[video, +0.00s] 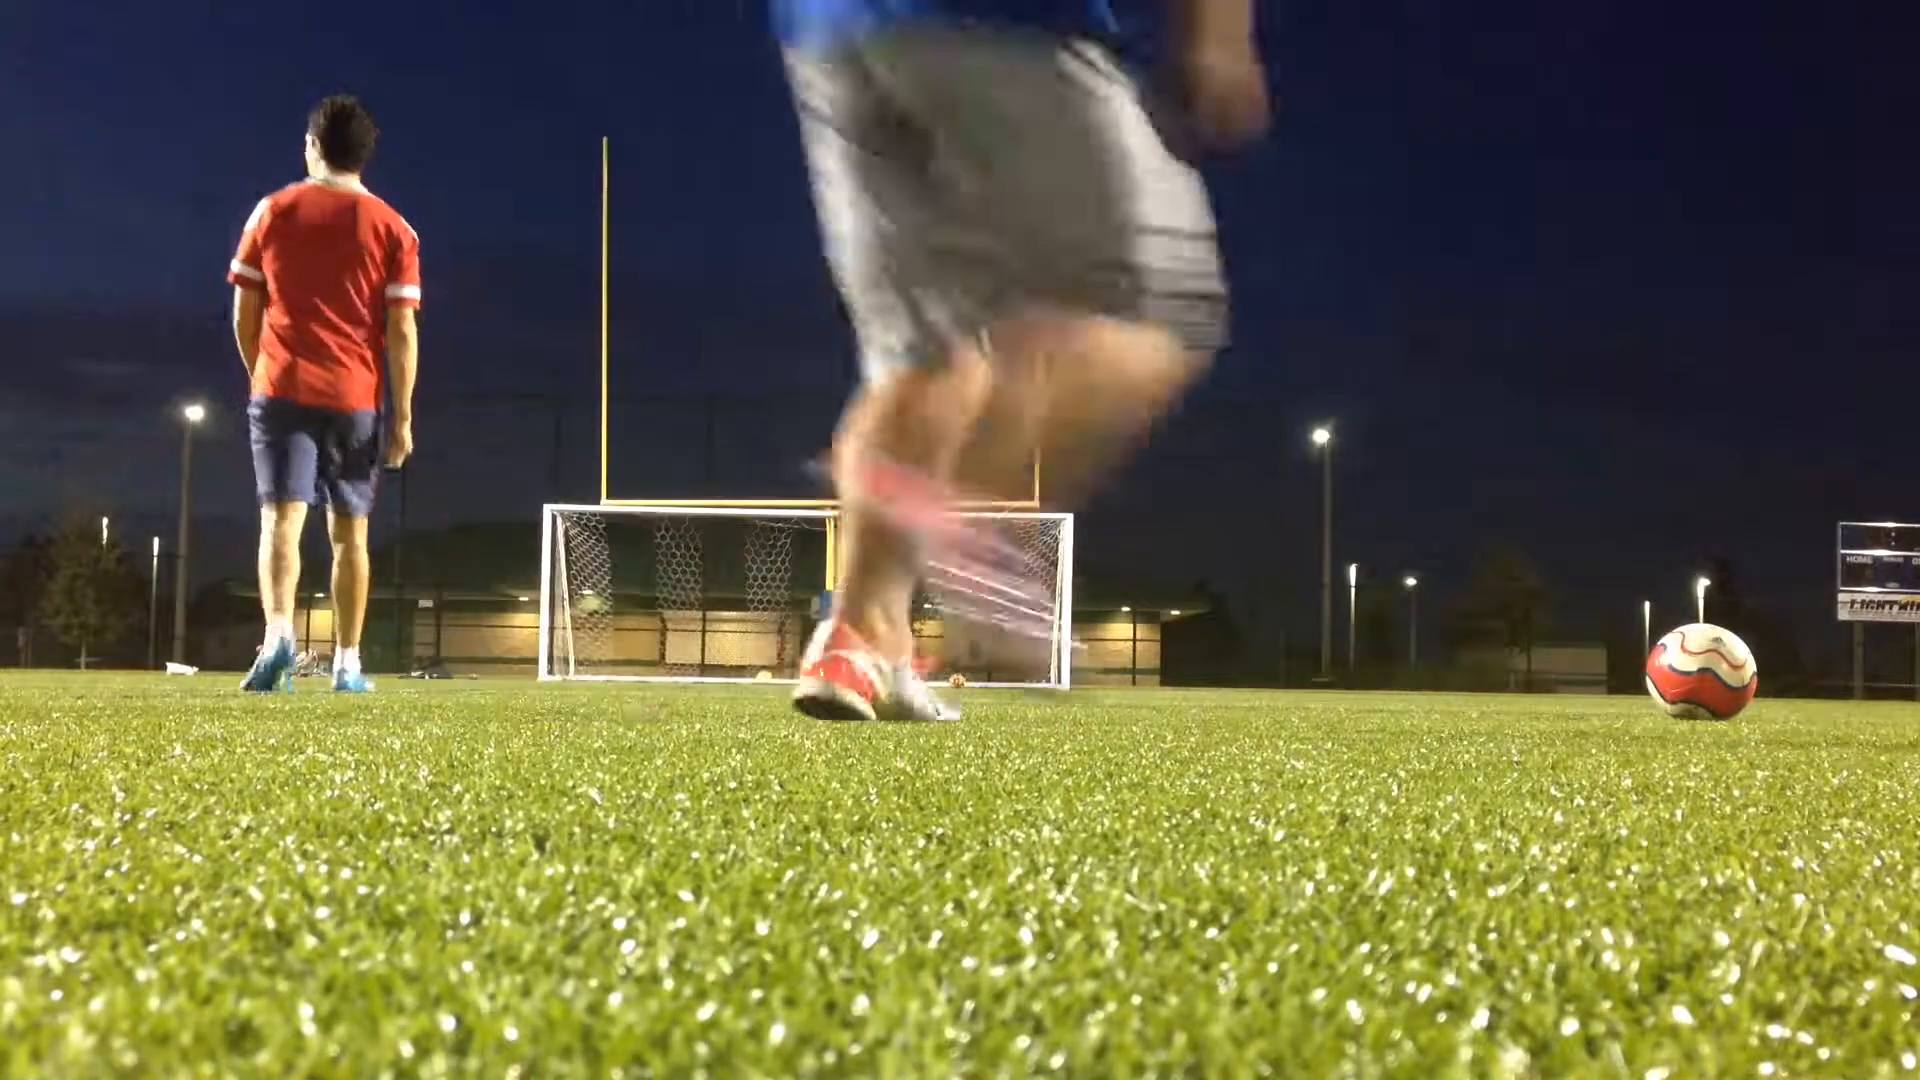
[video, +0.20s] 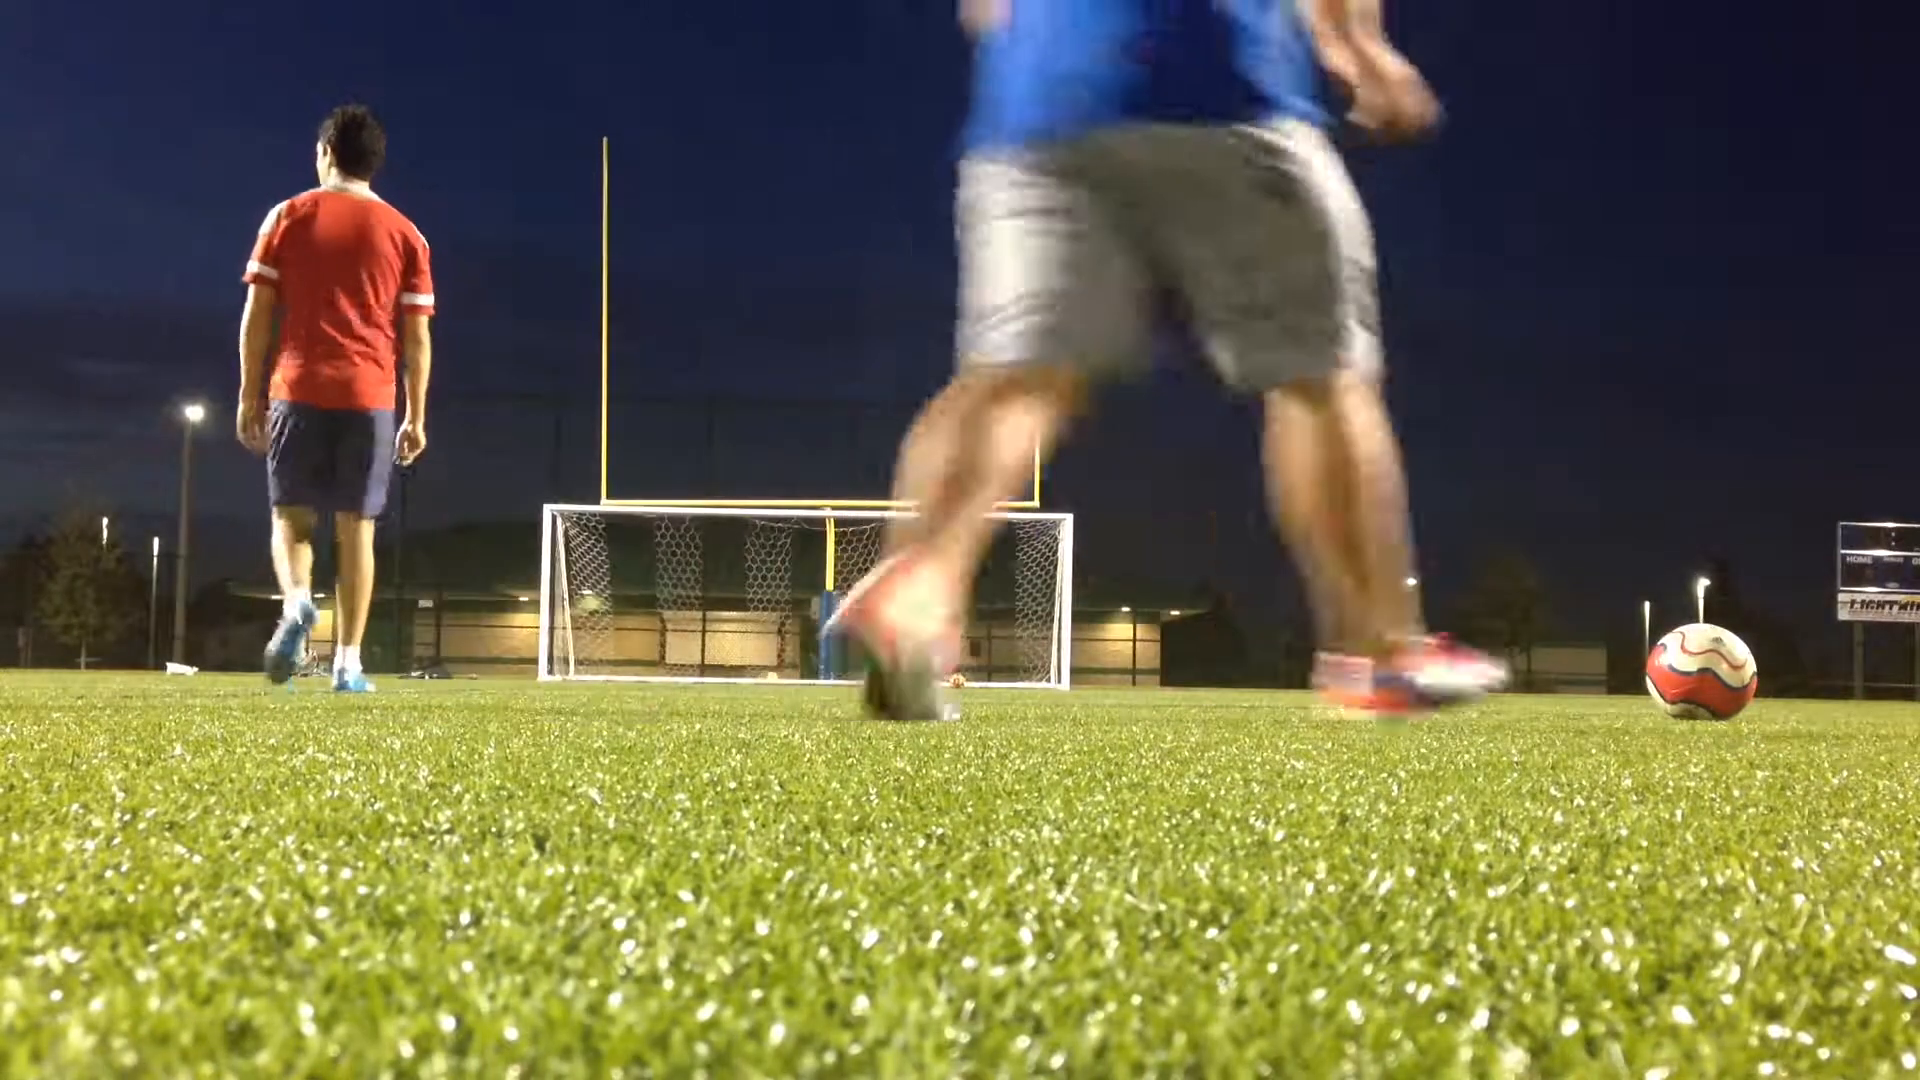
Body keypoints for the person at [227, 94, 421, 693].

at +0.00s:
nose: (305, 150)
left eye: (307, 142)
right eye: (311, 142)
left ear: (313, 148)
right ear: (367, 153)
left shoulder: (274, 210)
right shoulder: (393, 228)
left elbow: (245, 312)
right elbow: (401, 331)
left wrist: (262, 375)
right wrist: (402, 416)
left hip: (279, 387)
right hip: (354, 396)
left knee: (280, 519)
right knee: (349, 534)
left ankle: (278, 638)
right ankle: (347, 664)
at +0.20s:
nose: (316, 160)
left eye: (317, 152)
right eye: (322, 152)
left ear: (324, 156)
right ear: (377, 162)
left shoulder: (287, 216)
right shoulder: (405, 232)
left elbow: (257, 312)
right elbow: (416, 334)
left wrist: (250, 394)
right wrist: (415, 414)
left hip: (298, 391)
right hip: (370, 398)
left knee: (291, 517)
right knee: (358, 527)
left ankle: (297, 602)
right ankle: (348, 665)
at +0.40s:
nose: (313, 185)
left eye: (314, 176)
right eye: (317, 176)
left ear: (322, 179)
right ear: (371, 182)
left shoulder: (294, 237)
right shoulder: (405, 247)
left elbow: (264, 325)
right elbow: (427, 344)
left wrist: (248, 407)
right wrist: (421, 408)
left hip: (303, 400)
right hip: (373, 402)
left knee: (308, 534)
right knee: (360, 536)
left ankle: (305, 658)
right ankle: (347, 662)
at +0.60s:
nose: (301, 207)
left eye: (302, 199)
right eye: (304, 199)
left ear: (309, 202)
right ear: (358, 205)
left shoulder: (284, 262)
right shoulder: (391, 266)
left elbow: (262, 346)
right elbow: (412, 356)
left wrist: (251, 427)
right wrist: (415, 422)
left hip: (298, 417)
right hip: (364, 419)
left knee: (309, 540)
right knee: (360, 536)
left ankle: (315, 667)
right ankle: (351, 620)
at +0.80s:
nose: (300, 212)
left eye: (300, 204)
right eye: (303, 204)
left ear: (307, 208)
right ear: (353, 211)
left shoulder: (279, 263)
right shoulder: (384, 271)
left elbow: (256, 348)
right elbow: (402, 357)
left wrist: (256, 417)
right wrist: (406, 429)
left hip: (292, 417)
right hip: (357, 420)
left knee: (305, 541)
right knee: (353, 533)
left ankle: (314, 664)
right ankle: (347, 637)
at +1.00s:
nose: (308, 236)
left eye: (308, 230)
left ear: (309, 234)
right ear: (356, 237)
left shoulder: (281, 286)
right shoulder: (383, 298)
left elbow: (255, 372)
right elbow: (390, 382)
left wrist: (266, 426)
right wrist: (388, 452)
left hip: (293, 431)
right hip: (351, 438)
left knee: (304, 545)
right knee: (339, 555)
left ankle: (311, 654)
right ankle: (330, 658)